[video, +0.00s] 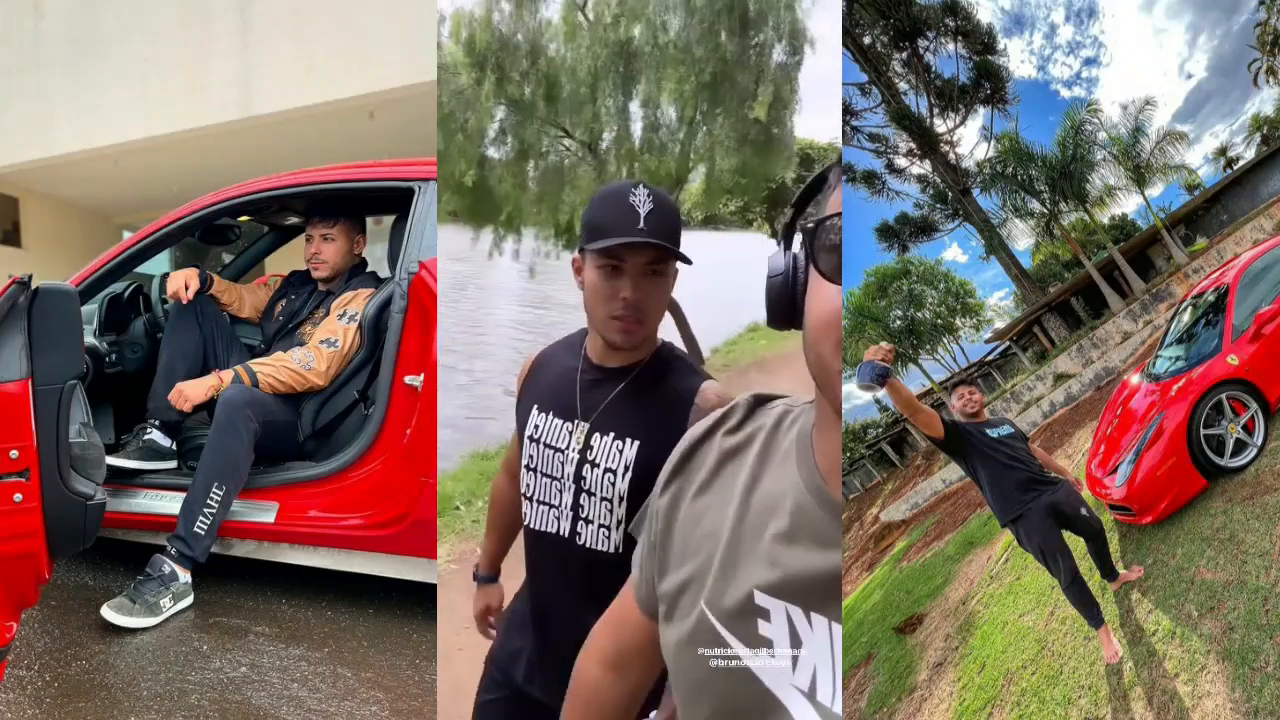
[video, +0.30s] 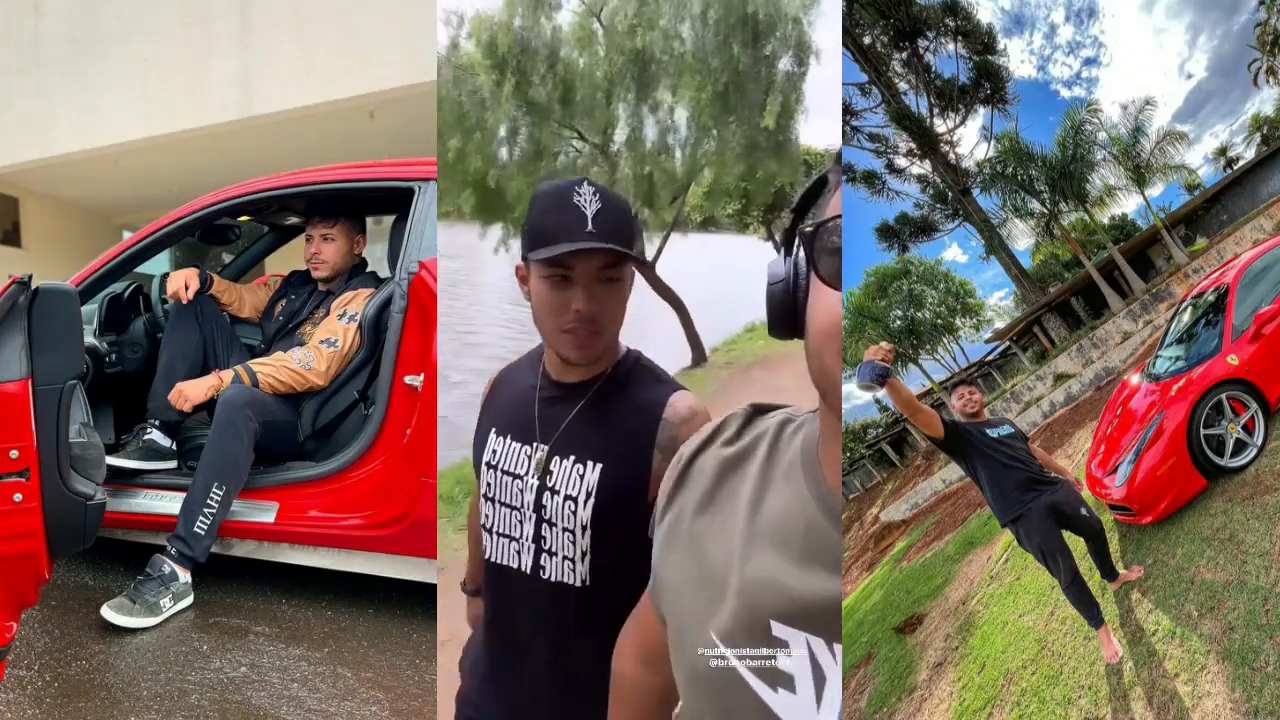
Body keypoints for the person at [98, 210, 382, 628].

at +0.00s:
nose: (315, 249)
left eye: (328, 239)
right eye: (310, 239)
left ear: (358, 245)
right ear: (304, 244)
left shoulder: (361, 297)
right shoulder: (292, 286)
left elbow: (315, 366)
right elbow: (243, 299)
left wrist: (219, 381)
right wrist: (203, 279)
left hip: (315, 411)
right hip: (265, 389)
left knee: (239, 402)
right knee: (196, 303)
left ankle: (177, 568)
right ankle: (161, 433)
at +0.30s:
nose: (314, 250)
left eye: (328, 239)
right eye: (310, 239)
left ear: (358, 245)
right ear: (304, 244)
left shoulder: (362, 297)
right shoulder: (292, 286)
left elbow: (315, 366)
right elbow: (242, 299)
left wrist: (219, 380)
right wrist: (202, 278)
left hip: (316, 410)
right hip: (266, 389)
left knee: (239, 402)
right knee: (196, 303)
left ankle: (177, 568)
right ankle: (161, 433)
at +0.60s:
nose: (314, 250)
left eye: (328, 239)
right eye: (310, 239)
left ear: (358, 245)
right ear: (304, 244)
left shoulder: (362, 297)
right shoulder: (292, 286)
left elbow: (315, 366)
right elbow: (242, 299)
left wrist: (219, 380)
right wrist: (202, 278)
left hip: (317, 410)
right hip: (266, 389)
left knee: (239, 402)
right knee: (196, 303)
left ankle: (177, 568)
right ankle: (161, 433)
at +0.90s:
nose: (314, 250)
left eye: (328, 239)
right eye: (310, 239)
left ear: (358, 245)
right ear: (304, 244)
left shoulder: (362, 297)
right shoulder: (292, 286)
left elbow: (315, 366)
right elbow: (242, 299)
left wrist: (219, 380)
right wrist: (202, 278)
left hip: (317, 410)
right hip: (266, 389)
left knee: (239, 402)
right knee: (196, 303)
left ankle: (177, 568)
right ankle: (161, 433)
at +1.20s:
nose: (315, 249)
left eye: (328, 239)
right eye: (310, 239)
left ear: (358, 245)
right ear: (304, 244)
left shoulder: (361, 297)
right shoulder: (292, 286)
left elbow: (315, 366)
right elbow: (243, 299)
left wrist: (220, 380)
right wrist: (203, 279)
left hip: (315, 410)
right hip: (265, 388)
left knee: (239, 402)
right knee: (196, 303)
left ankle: (177, 568)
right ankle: (161, 433)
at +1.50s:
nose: (314, 250)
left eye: (328, 239)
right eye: (310, 239)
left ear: (358, 245)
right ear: (304, 244)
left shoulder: (362, 297)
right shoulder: (292, 286)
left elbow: (315, 366)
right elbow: (242, 299)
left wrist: (219, 380)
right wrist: (202, 278)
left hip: (316, 410)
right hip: (266, 389)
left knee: (239, 402)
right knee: (196, 303)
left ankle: (177, 568)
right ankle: (161, 433)